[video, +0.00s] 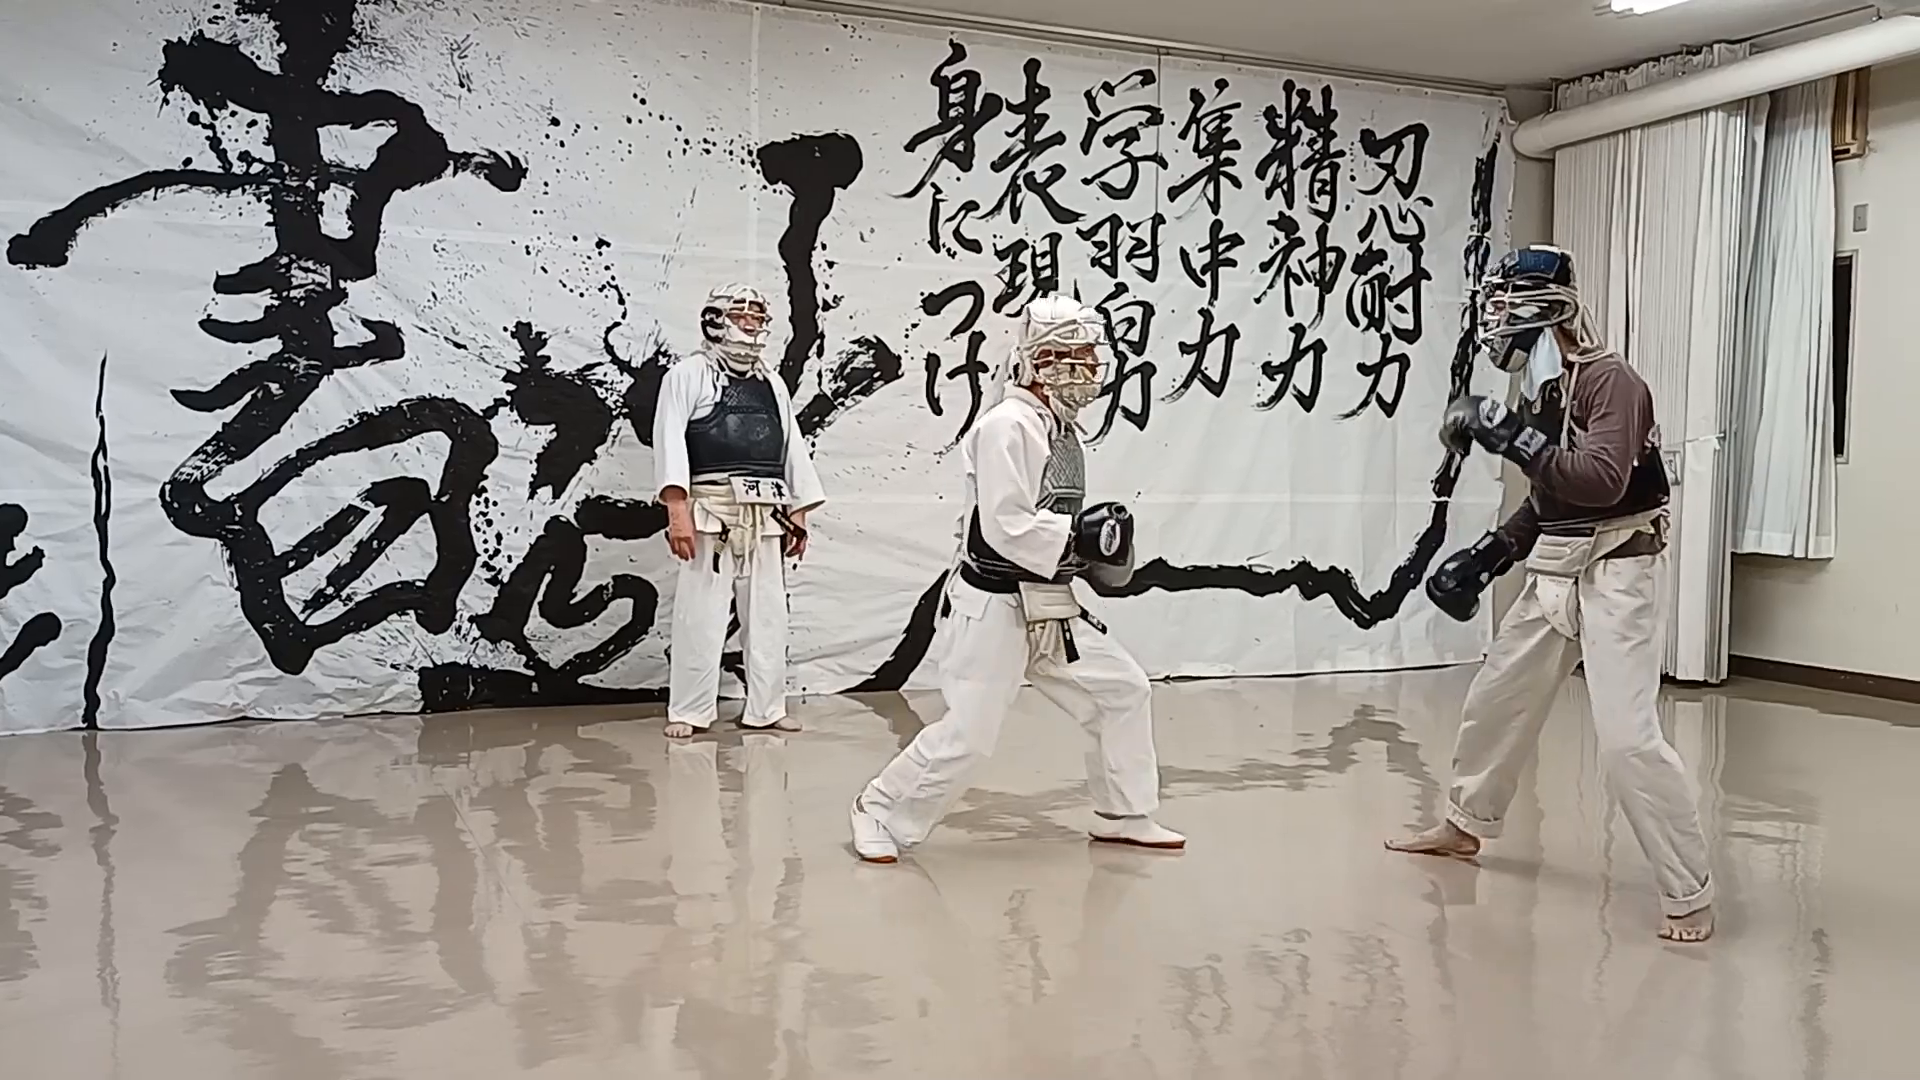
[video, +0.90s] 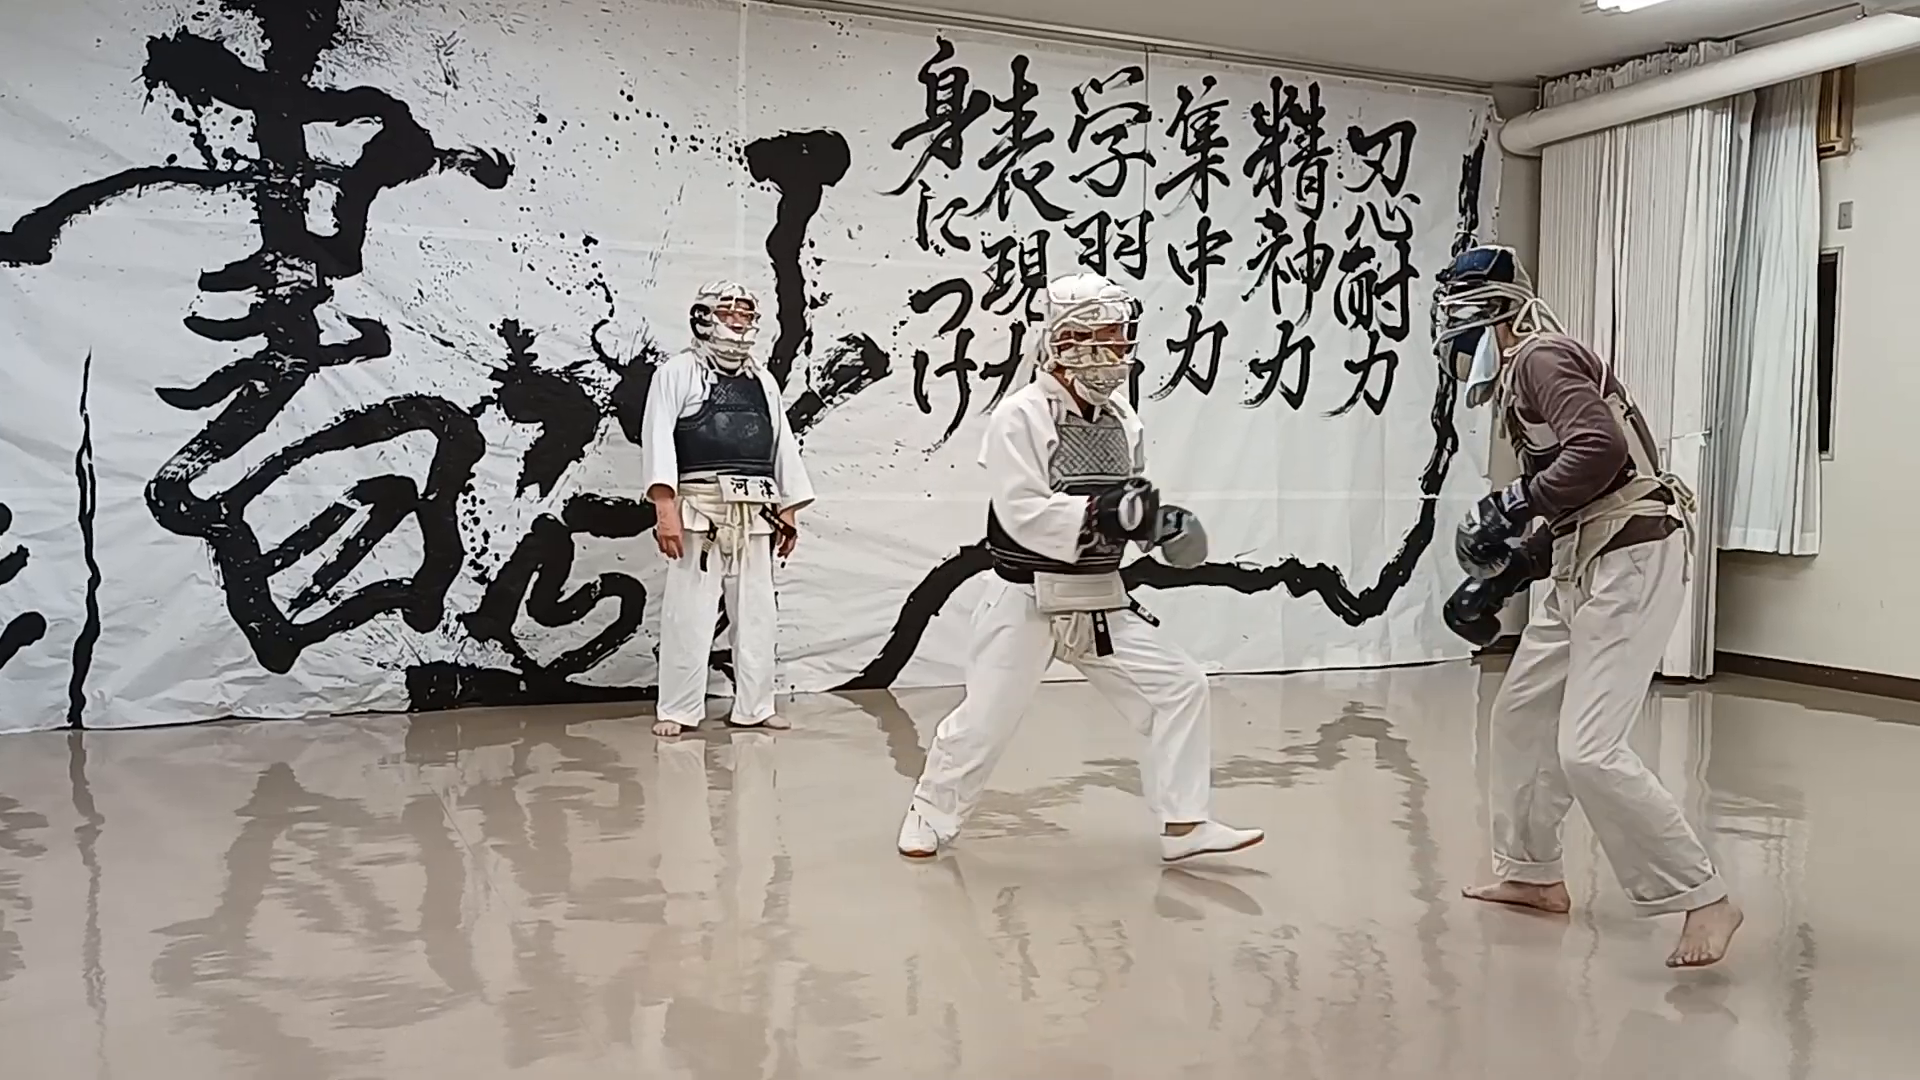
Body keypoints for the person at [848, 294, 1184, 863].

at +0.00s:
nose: (1089, 368)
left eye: (1092, 357)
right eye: (1077, 356)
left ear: (1092, 362)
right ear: (1042, 361)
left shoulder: (1058, 425)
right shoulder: (1009, 425)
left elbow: (1044, 514)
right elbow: (1004, 526)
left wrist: (1089, 546)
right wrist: (1080, 538)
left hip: (1044, 599)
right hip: (991, 602)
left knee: (1124, 687)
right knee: (969, 734)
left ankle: (1123, 816)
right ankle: (877, 813)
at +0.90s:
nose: (1106, 353)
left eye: (1115, 340)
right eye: (1089, 340)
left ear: (1126, 345)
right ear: (1057, 346)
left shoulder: (1121, 417)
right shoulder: (1021, 415)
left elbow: (1125, 496)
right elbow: (1021, 512)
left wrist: (1154, 521)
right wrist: (1102, 517)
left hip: (1097, 596)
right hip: (1023, 596)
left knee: (1181, 685)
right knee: (987, 720)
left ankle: (1184, 826)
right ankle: (929, 817)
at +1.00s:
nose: (1148, 345)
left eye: (1155, 332)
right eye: (1133, 332)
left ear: (1162, 337)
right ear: (1100, 340)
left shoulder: (1157, 413)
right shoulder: (1069, 405)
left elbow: (1173, 494)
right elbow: (1081, 491)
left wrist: (1220, 486)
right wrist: (1157, 474)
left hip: (1133, 591)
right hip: (1061, 590)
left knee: (1199, 700)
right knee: (1020, 728)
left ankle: (1193, 839)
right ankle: (934, 805)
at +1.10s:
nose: (1177, 332)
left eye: (1184, 321)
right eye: (1162, 319)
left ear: (1194, 328)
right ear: (1130, 324)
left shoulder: (1184, 400)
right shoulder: (1100, 384)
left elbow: (1248, 457)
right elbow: (1079, 475)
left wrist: (1290, 439)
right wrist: (1141, 494)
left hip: (1177, 567)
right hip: (1117, 568)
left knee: (1221, 698)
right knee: (1183, 696)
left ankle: (1194, 839)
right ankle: (1082, 760)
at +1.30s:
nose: (1218, 319)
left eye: (1223, 307)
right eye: (1204, 307)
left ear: (1228, 312)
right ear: (1166, 313)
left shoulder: (1220, 383)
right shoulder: (1139, 377)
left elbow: (1267, 435)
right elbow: (1101, 472)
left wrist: (1327, 435)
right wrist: (1156, 510)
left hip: (1244, 549)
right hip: (1212, 552)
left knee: (1263, 690)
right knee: (1352, 528)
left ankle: (1196, 819)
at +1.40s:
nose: (1237, 316)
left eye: (1240, 303)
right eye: (1222, 304)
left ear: (1244, 307)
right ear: (1184, 311)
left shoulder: (1223, 379)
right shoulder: (1171, 376)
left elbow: (1260, 451)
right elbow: (1159, 473)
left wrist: (1327, 472)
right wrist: (1230, 464)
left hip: (1259, 555)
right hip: (1240, 561)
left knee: (1290, 694)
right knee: (1398, 514)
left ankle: (1200, 818)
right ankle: (1556, 602)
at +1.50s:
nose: (1267, 322)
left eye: (1268, 310)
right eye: (1251, 310)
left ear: (1266, 317)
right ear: (1214, 319)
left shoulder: (1238, 383)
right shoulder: (1210, 383)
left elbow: (1244, 475)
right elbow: (1228, 469)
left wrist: (1295, 495)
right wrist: (1291, 428)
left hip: (1259, 580)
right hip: (1278, 575)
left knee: (1299, 713)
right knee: (1446, 589)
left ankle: (1203, 820)